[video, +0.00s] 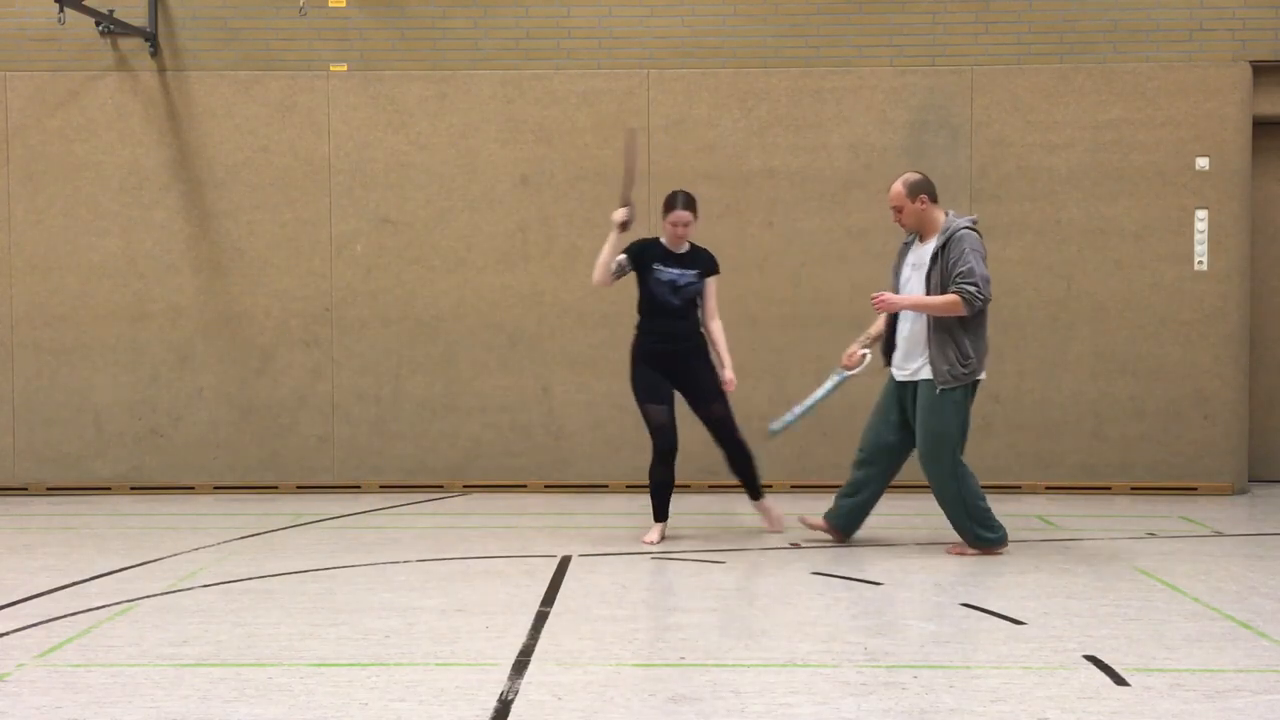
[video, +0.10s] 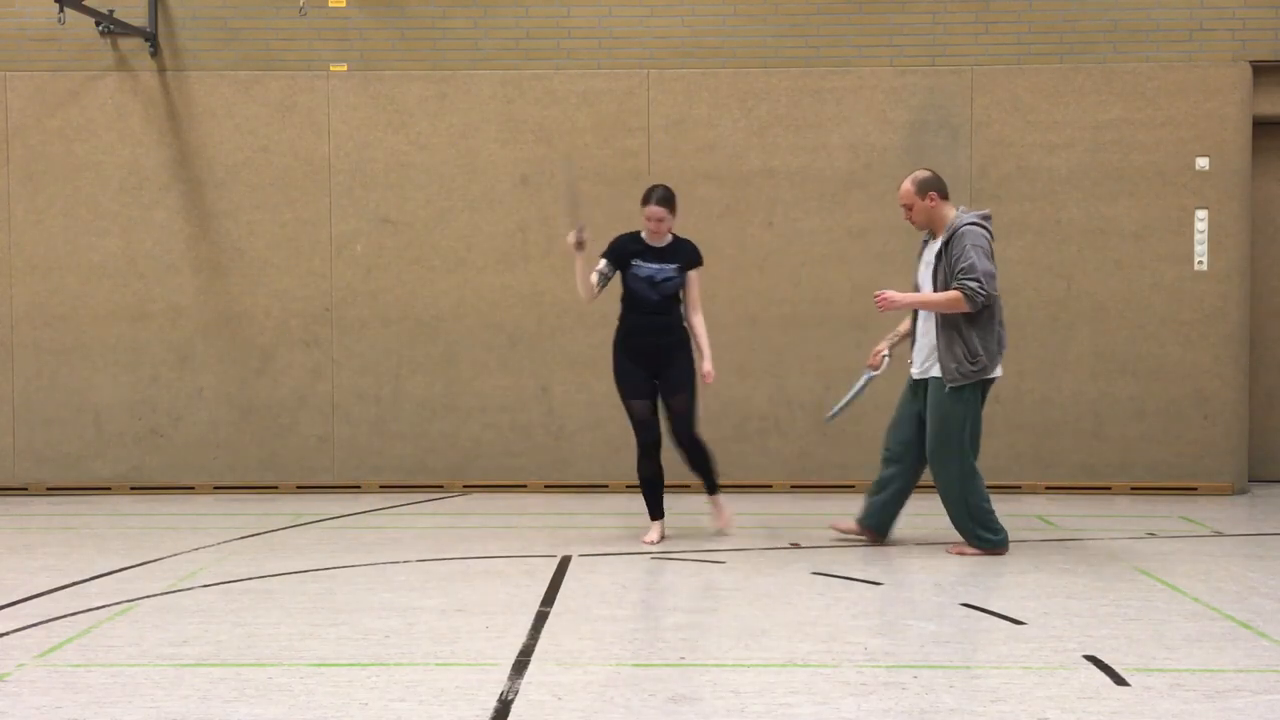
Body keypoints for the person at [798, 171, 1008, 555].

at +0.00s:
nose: (895, 218)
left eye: (899, 210)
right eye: (892, 210)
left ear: (923, 203)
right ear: (917, 205)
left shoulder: (962, 240)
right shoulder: (910, 247)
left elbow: (970, 300)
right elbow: (898, 310)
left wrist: (903, 302)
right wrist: (863, 343)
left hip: (946, 373)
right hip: (906, 373)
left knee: (940, 459)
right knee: (877, 450)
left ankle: (987, 537)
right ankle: (840, 523)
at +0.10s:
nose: (906, 216)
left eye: (909, 207)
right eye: (903, 208)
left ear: (933, 199)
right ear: (929, 201)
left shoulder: (968, 236)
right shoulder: (932, 244)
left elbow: (973, 297)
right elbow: (929, 308)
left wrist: (909, 299)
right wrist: (891, 340)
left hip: (959, 370)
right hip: (928, 369)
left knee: (949, 456)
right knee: (902, 447)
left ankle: (988, 539)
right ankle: (873, 524)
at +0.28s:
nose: (920, 212)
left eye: (921, 204)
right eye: (917, 205)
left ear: (944, 195)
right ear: (943, 195)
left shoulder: (969, 230)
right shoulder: (966, 228)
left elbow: (976, 288)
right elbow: (973, 293)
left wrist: (911, 298)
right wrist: (938, 315)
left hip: (982, 363)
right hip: (963, 361)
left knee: (966, 445)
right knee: (940, 437)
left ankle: (988, 538)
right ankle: (952, 526)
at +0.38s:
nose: (929, 212)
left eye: (930, 204)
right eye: (926, 205)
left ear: (950, 195)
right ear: (953, 194)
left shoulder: (969, 229)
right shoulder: (991, 221)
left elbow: (973, 288)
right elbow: (997, 283)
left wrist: (912, 297)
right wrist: (952, 301)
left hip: (991, 364)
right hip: (1020, 358)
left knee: (969, 446)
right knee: (992, 446)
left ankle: (988, 539)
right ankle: (1013, 525)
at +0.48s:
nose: (944, 214)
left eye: (944, 205)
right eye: (941, 207)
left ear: (965, 197)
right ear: (976, 196)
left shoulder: (978, 232)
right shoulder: (1014, 226)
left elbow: (977, 292)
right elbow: (1027, 282)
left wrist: (917, 298)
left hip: (1004, 367)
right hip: (1044, 360)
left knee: (970, 451)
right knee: (1036, 441)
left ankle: (987, 539)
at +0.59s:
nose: (957, 218)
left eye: (958, 209)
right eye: (955, 210)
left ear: (977, 201)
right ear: (988, 199)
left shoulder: (989, 235)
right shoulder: (1030, 229)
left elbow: (986, 296)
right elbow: (1041, 287)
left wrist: (927, 297)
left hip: (1013, 368)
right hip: (1057, 360)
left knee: (972, 448)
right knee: (1070, 437)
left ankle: (987, 539)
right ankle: (1128, 517)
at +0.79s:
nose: (997, 223)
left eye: (998, 215)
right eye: (995, 216)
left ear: (1017, 207)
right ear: (1028, 206)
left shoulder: (1027, 243)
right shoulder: (1071, 235)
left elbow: (1018, 305)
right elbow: (1076, 295)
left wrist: (962, 299)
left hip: (1050, 372)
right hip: (1095, 366)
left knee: (995, 443)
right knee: (1114, 446)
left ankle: (988, 538)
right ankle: (1166, 524)